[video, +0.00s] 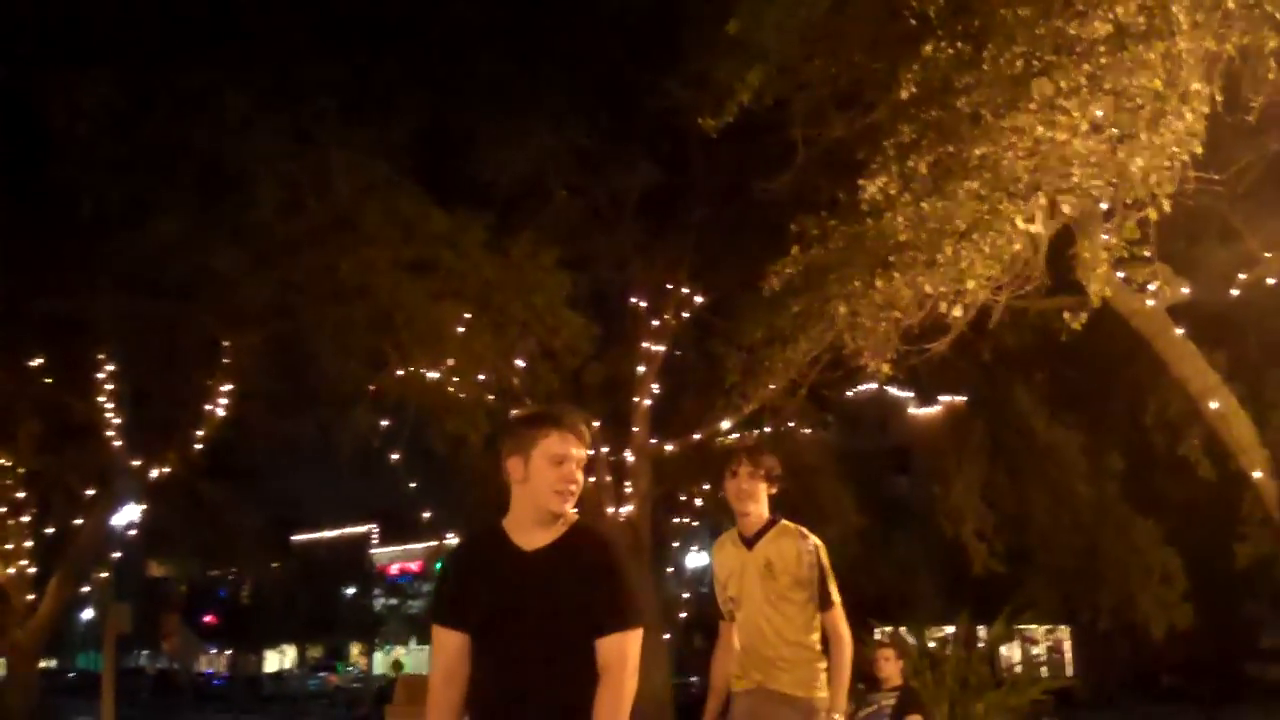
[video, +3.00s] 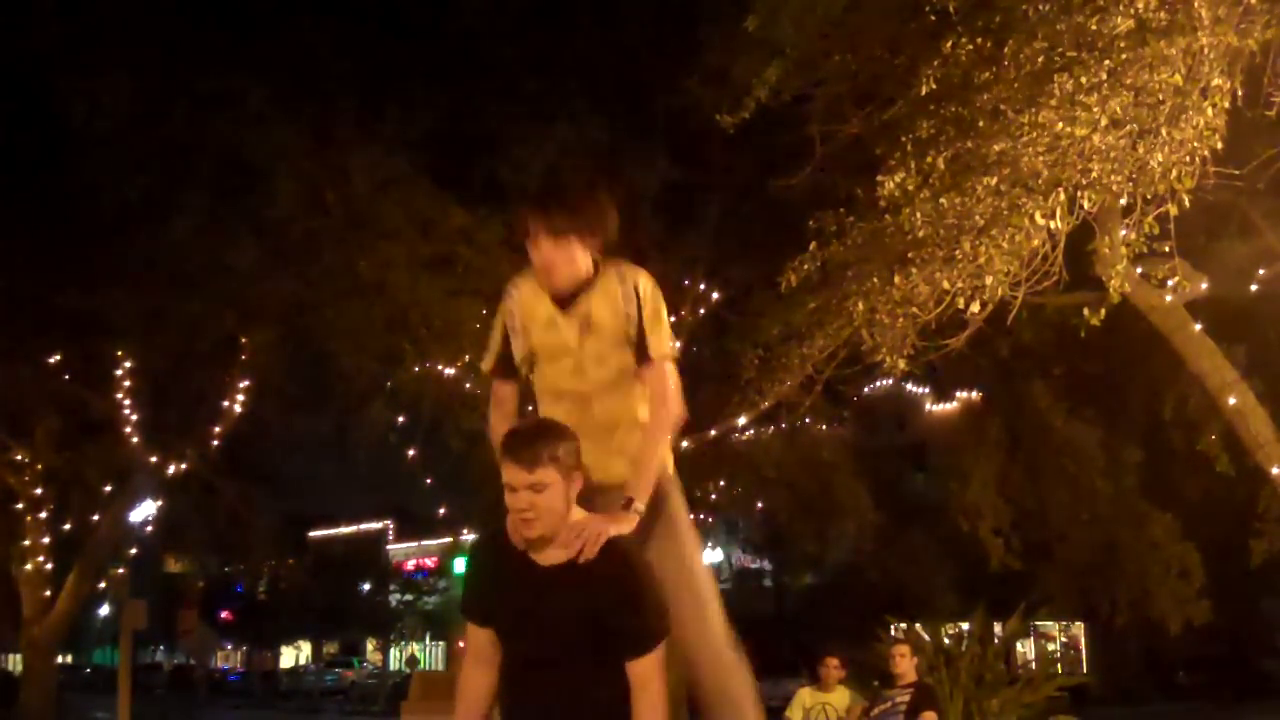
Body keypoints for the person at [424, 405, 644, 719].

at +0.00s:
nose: (574, 478)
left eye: (580, 466)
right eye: (558, 462)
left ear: (586, 473)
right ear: (514, 468)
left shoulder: (601, 558)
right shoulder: (467, 563)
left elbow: (618, 675)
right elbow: (447, 680)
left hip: (575, 711)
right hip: (490, 712)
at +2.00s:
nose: (597, 486)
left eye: (602, 472)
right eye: (579, 474)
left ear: (610, 472)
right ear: (539, 477)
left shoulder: (625, 552)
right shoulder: (504, 555)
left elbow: (642, 679)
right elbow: (478, 671)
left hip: (603, 710)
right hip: (520, 711)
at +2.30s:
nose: (557, 494)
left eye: (571, 480)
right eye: (543, 480)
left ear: (597, 473)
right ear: (526, 474)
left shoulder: (631, 556)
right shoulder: (508, 556)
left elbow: (644, 682)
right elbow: (481, 671)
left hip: (605, 711)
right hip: (523, 711)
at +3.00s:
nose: (520, 504)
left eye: (537, 489)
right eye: (510, 490)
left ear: (575, 483)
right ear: (501, 486)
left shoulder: (620, 565)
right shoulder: (492, 555)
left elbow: (648, 690)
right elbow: (479, 662)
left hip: (604, 713)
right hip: (521, 712)